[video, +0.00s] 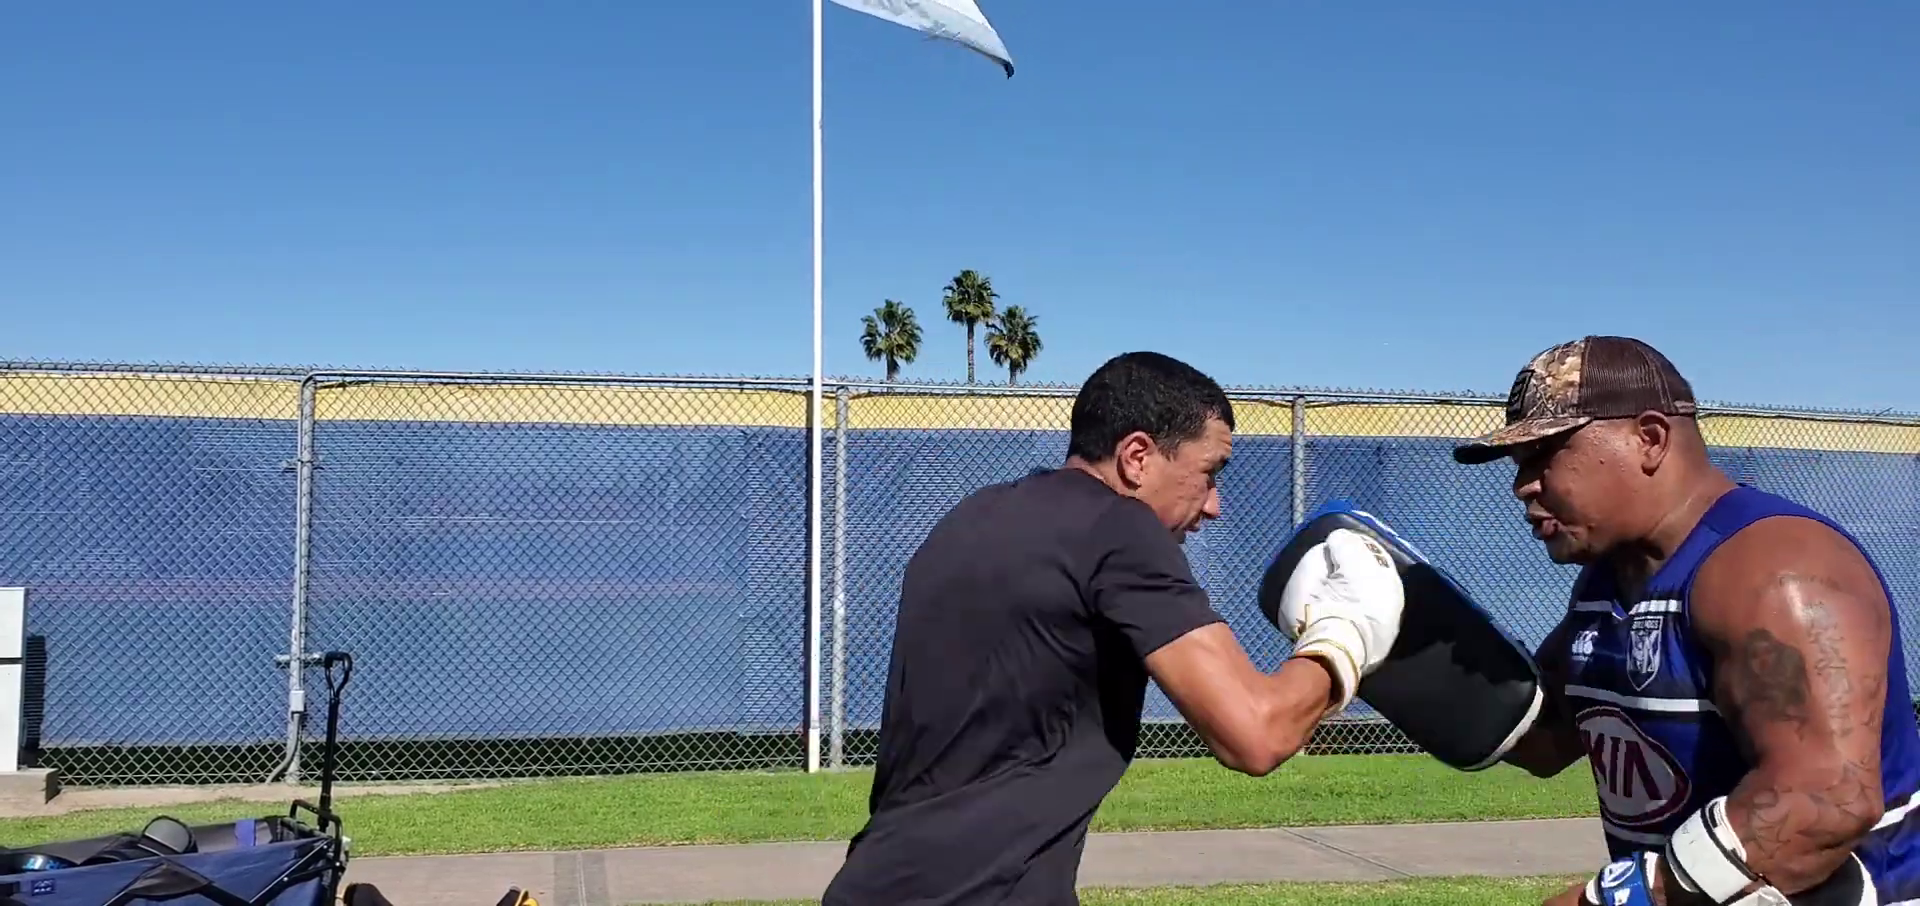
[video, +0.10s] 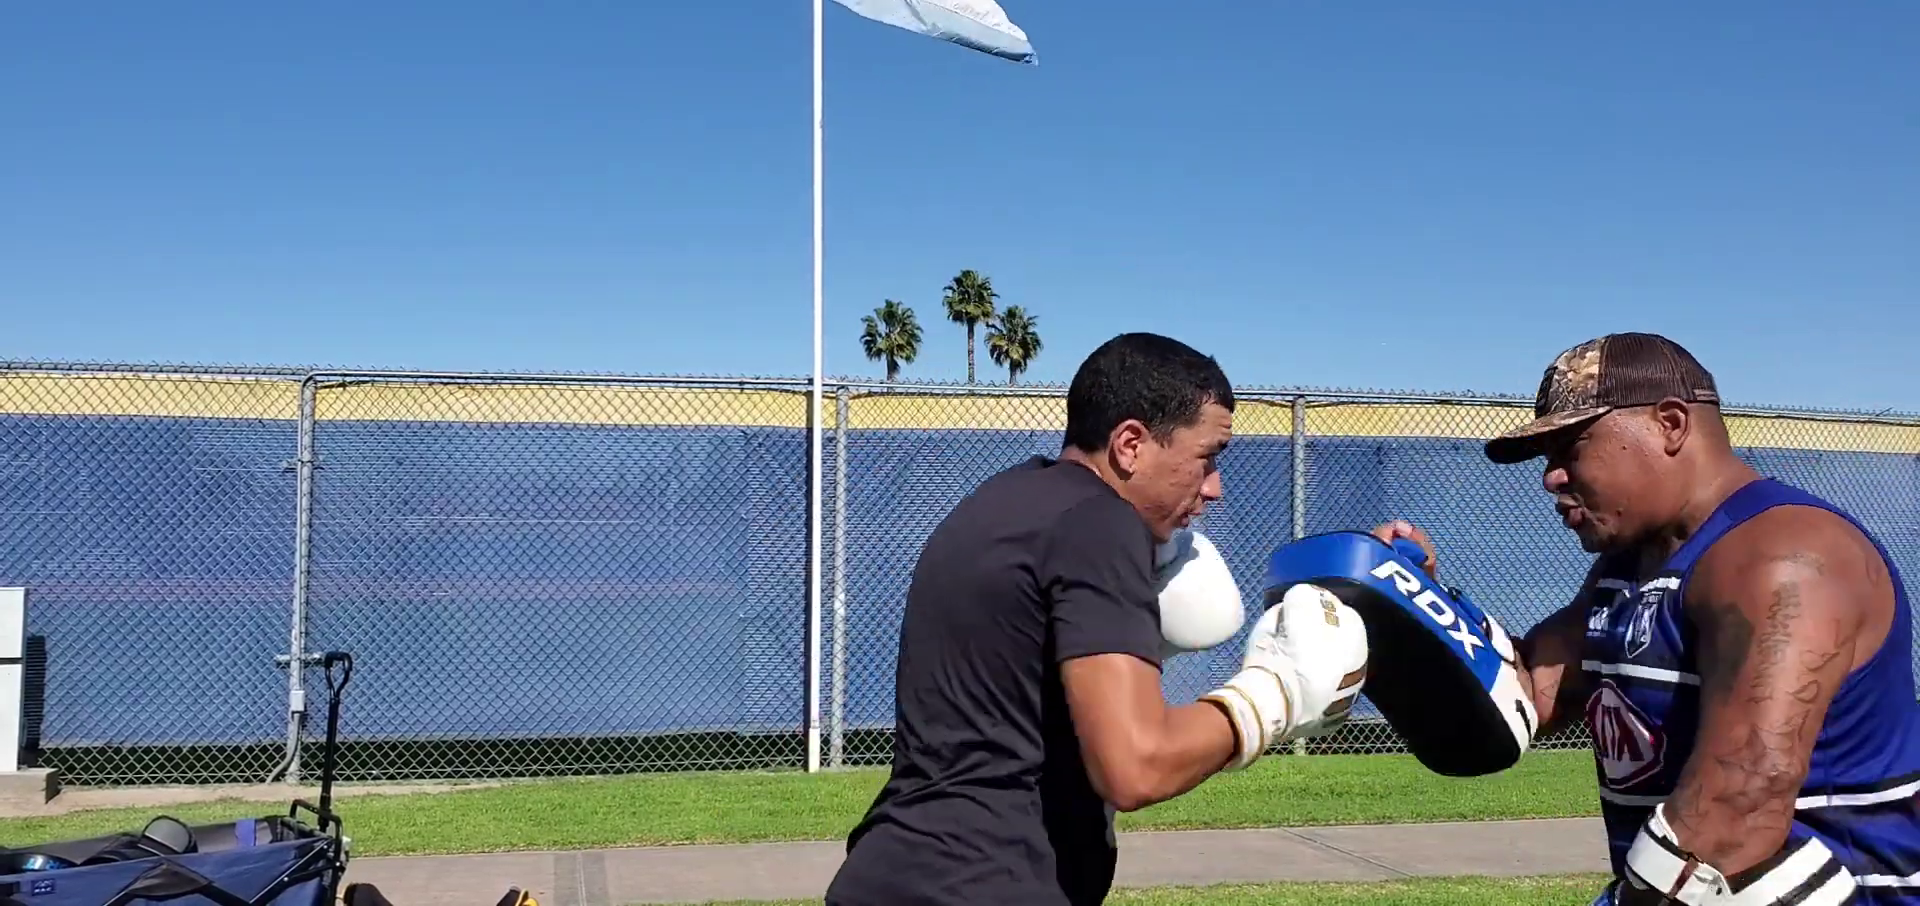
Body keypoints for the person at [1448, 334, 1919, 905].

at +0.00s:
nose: (1522, 486)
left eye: (1543, 455)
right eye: (1519, 462)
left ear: (1650, 441)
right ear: (1651, 444)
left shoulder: (1781, 576)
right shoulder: (1612, 574)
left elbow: (1825, 801)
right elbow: (1546, 739)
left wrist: (1622, 894)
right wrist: (1400, 651)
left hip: (1832, 893)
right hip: (1680, 889)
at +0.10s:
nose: (1551, 478)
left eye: (1570, 447)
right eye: (1549, 457)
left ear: (1670, 429)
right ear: (1670, 433)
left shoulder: (1783, 567)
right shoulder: (1632, 564)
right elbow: (1521, 699)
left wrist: (1629, 894)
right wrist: (1419, 608)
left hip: (1851, 886)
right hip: (1697, 884)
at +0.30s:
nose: (1548, 500)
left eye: (1563, 475)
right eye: (1547, 481)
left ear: (1634, 448)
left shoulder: (1817, 551)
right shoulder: (1628, 577)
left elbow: (1794, 771)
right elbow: (1482, 657)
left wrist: (1667, 879)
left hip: (1827, 888)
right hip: (1680, 882)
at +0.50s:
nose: (1538, 507)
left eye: (1552, 477)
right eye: (1536, 483)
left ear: (1619, 459)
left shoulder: (1800, 560)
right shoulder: (1620, 575)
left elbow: (1796, 787)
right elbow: (1466, 681)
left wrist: (1677, 886)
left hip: (1795, 890)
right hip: (1661, 883)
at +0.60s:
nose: (1539, 501)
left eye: (1550, 474)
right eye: (1533, 480)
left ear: (1632, 450)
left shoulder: (1790, 558)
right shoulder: (1618, 566)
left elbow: (1775, 793)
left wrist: (1653, 886)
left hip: (1793, 890)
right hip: (1648, 878)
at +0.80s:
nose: (1551, 460)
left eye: (1567, 425)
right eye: (1554, 435)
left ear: (1650, 414)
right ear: (1649, 417)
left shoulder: (1775, 532)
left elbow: (1746, 757)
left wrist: (1604, 880)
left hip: (1824, 883)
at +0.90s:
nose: (1584, 453)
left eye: (1610, 425)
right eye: (1586, 433)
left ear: (1710, 427)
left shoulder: (1812, 552)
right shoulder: (1624, 578)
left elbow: (1772, 759)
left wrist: (1588, 856)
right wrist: (1534, 671)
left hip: (1842, 883)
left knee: (1759, 841)